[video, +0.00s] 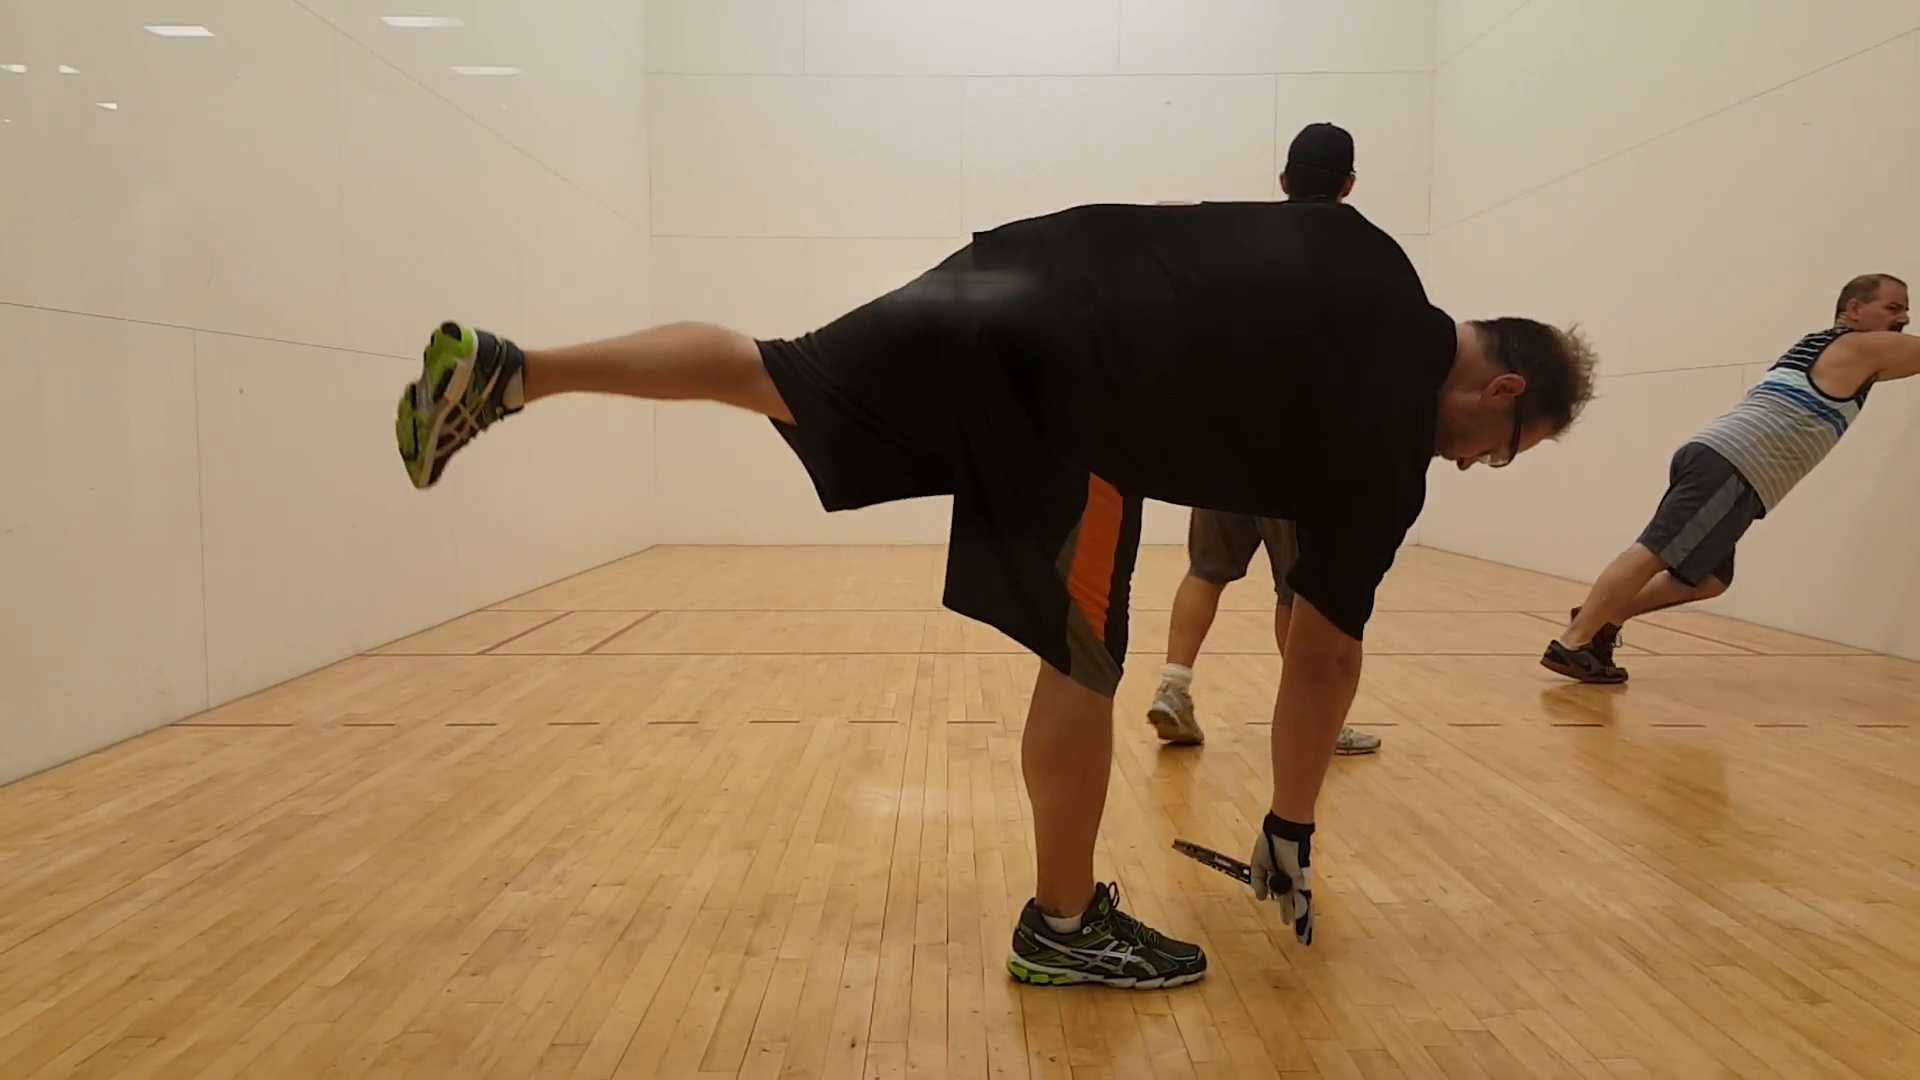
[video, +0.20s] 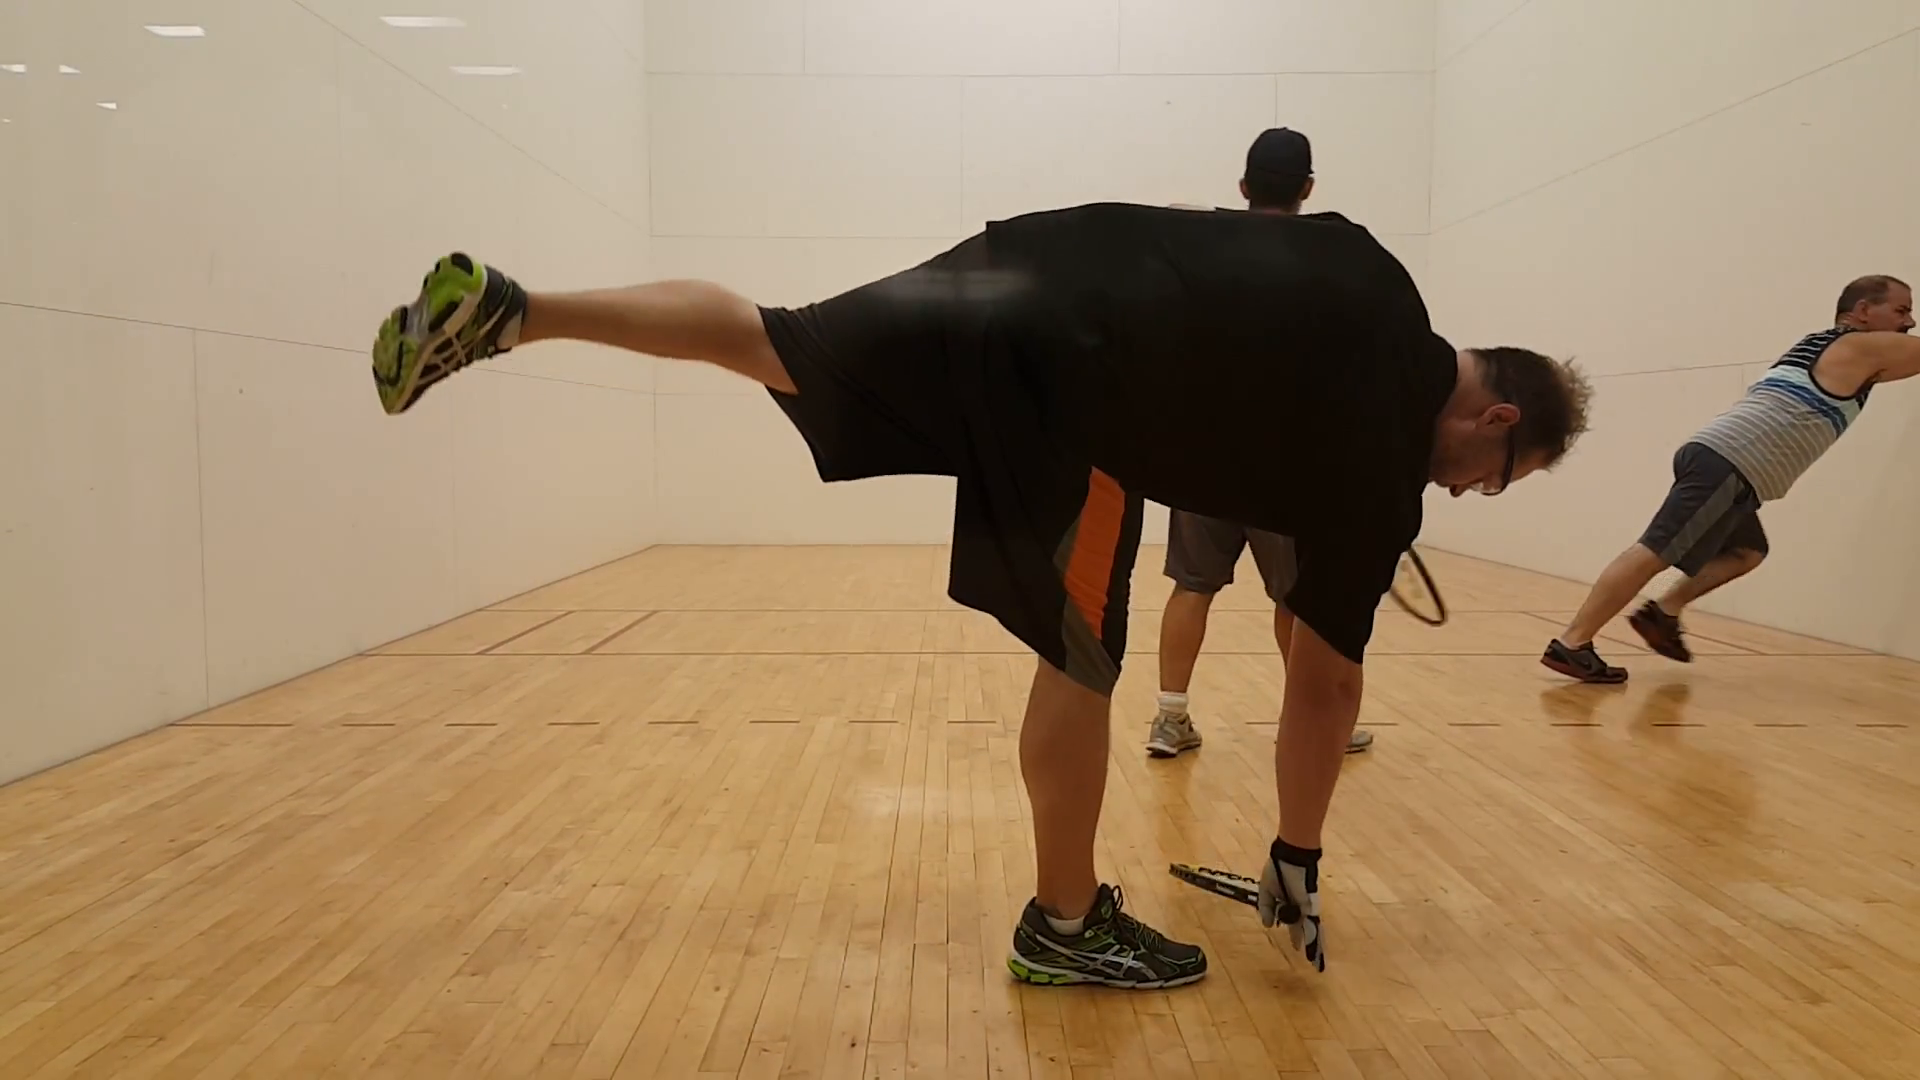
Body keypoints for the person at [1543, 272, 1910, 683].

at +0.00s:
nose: (1904, 320)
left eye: (1904, 311)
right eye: (1895, 309)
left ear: (1854, 318)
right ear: (1853, 311)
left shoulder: (1824, 348)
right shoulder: (1855, 349)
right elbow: (1917, 353)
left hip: (1722, 465)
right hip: (1729, 470)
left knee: (1709, 578)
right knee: (1652, 553)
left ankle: (1601, 614)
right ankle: (1572, 644)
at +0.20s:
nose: (1908, 324)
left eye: (1908, 314)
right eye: (1901, 312)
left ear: (1859, 318)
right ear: (1862, 313)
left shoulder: (1825, 347)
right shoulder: (1856, 349)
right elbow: (1918, 352)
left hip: (1724, 465)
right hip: (1724, 466)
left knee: (1747, 552)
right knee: (1653, 552)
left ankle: (1662, 610)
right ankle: (1571, 643)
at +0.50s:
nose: (1892, 338)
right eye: (1892, 329)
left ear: (1842, 316)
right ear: (1890, 327)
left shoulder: (1816, 345)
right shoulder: (1861, 353)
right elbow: (1912, 353)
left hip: (1708, 455)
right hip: (1722, 466)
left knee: (1766, 542)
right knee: (1646, 558)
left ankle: (1721, 646)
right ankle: (1574, 640)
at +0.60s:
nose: (1886, 344)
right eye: (1887, 335)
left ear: (1844, 320)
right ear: (1883, 333)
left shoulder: (1818, 353)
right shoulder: (1855, 354)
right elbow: (1918, 355)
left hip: (1716, 464)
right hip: (1719, 467)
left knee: (1765, 539)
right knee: (1648, 554)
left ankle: (1721, 647)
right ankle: (1569, 647)